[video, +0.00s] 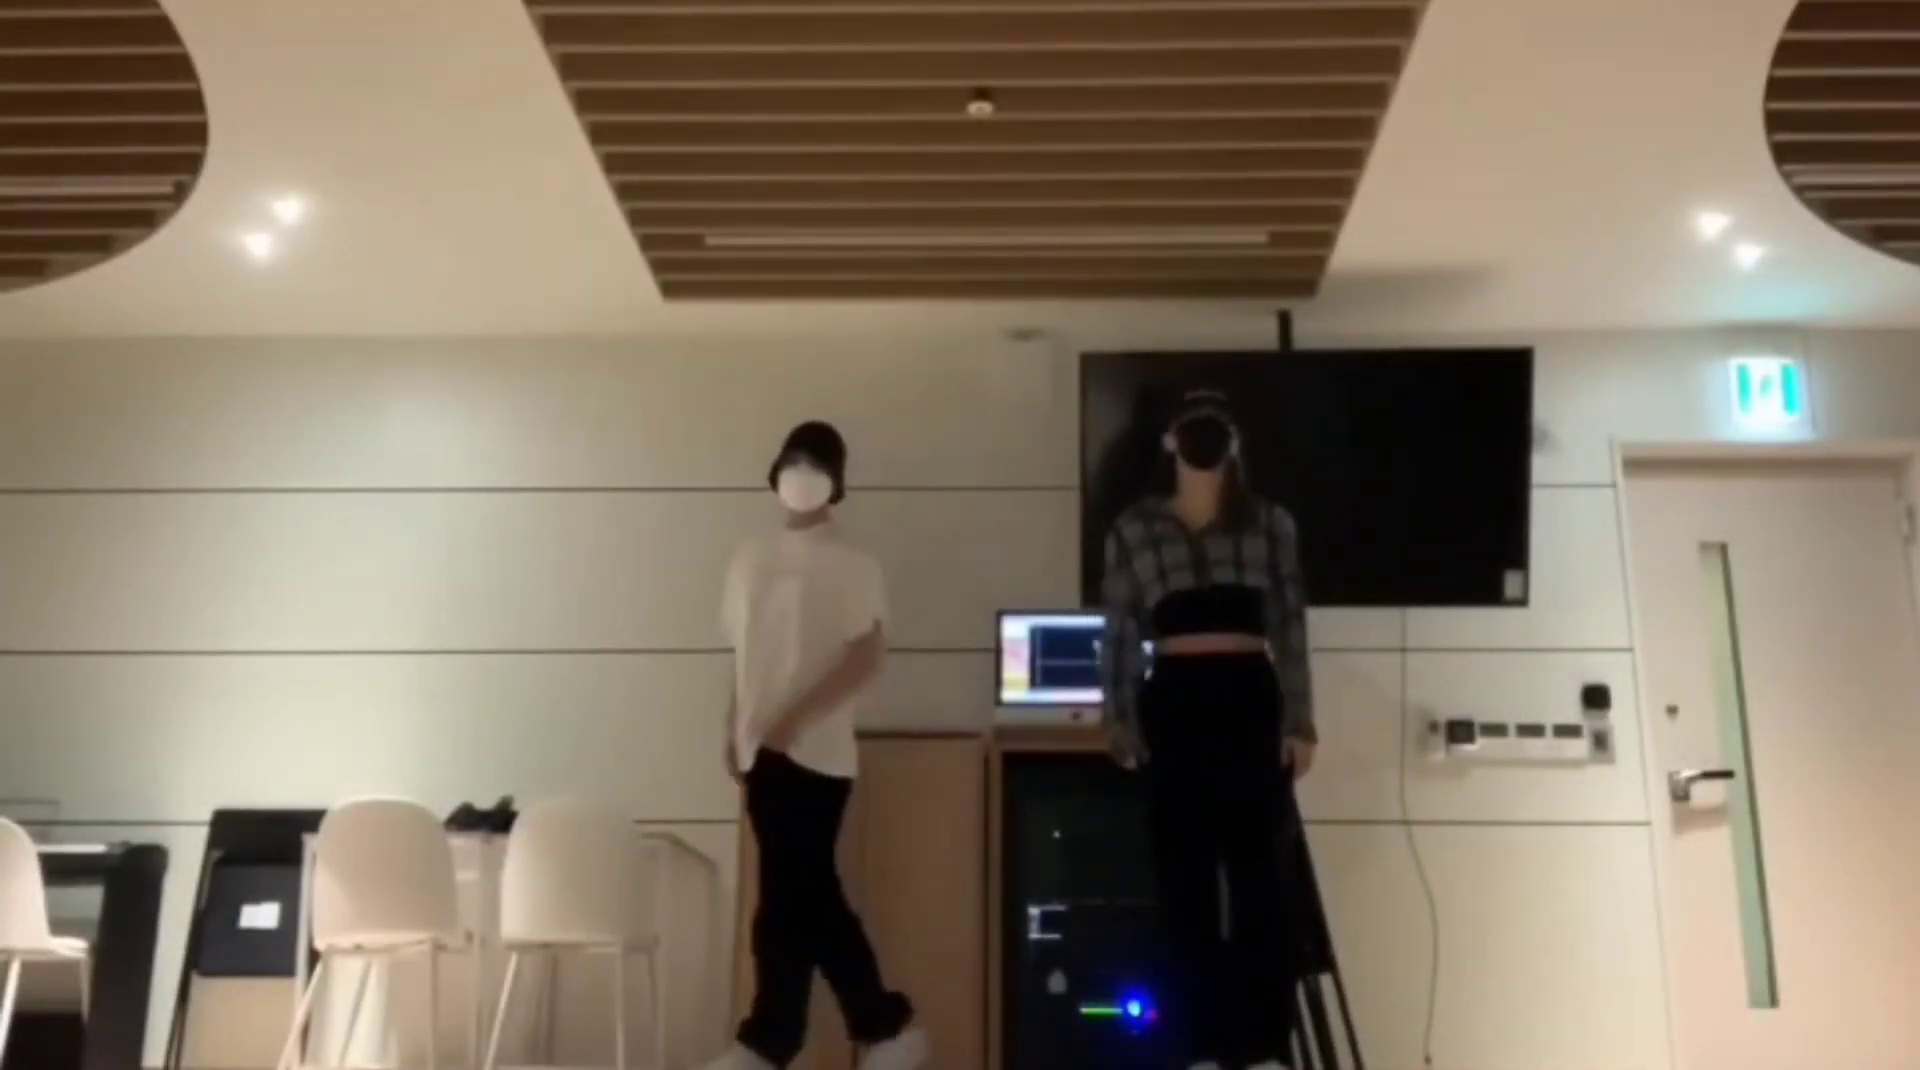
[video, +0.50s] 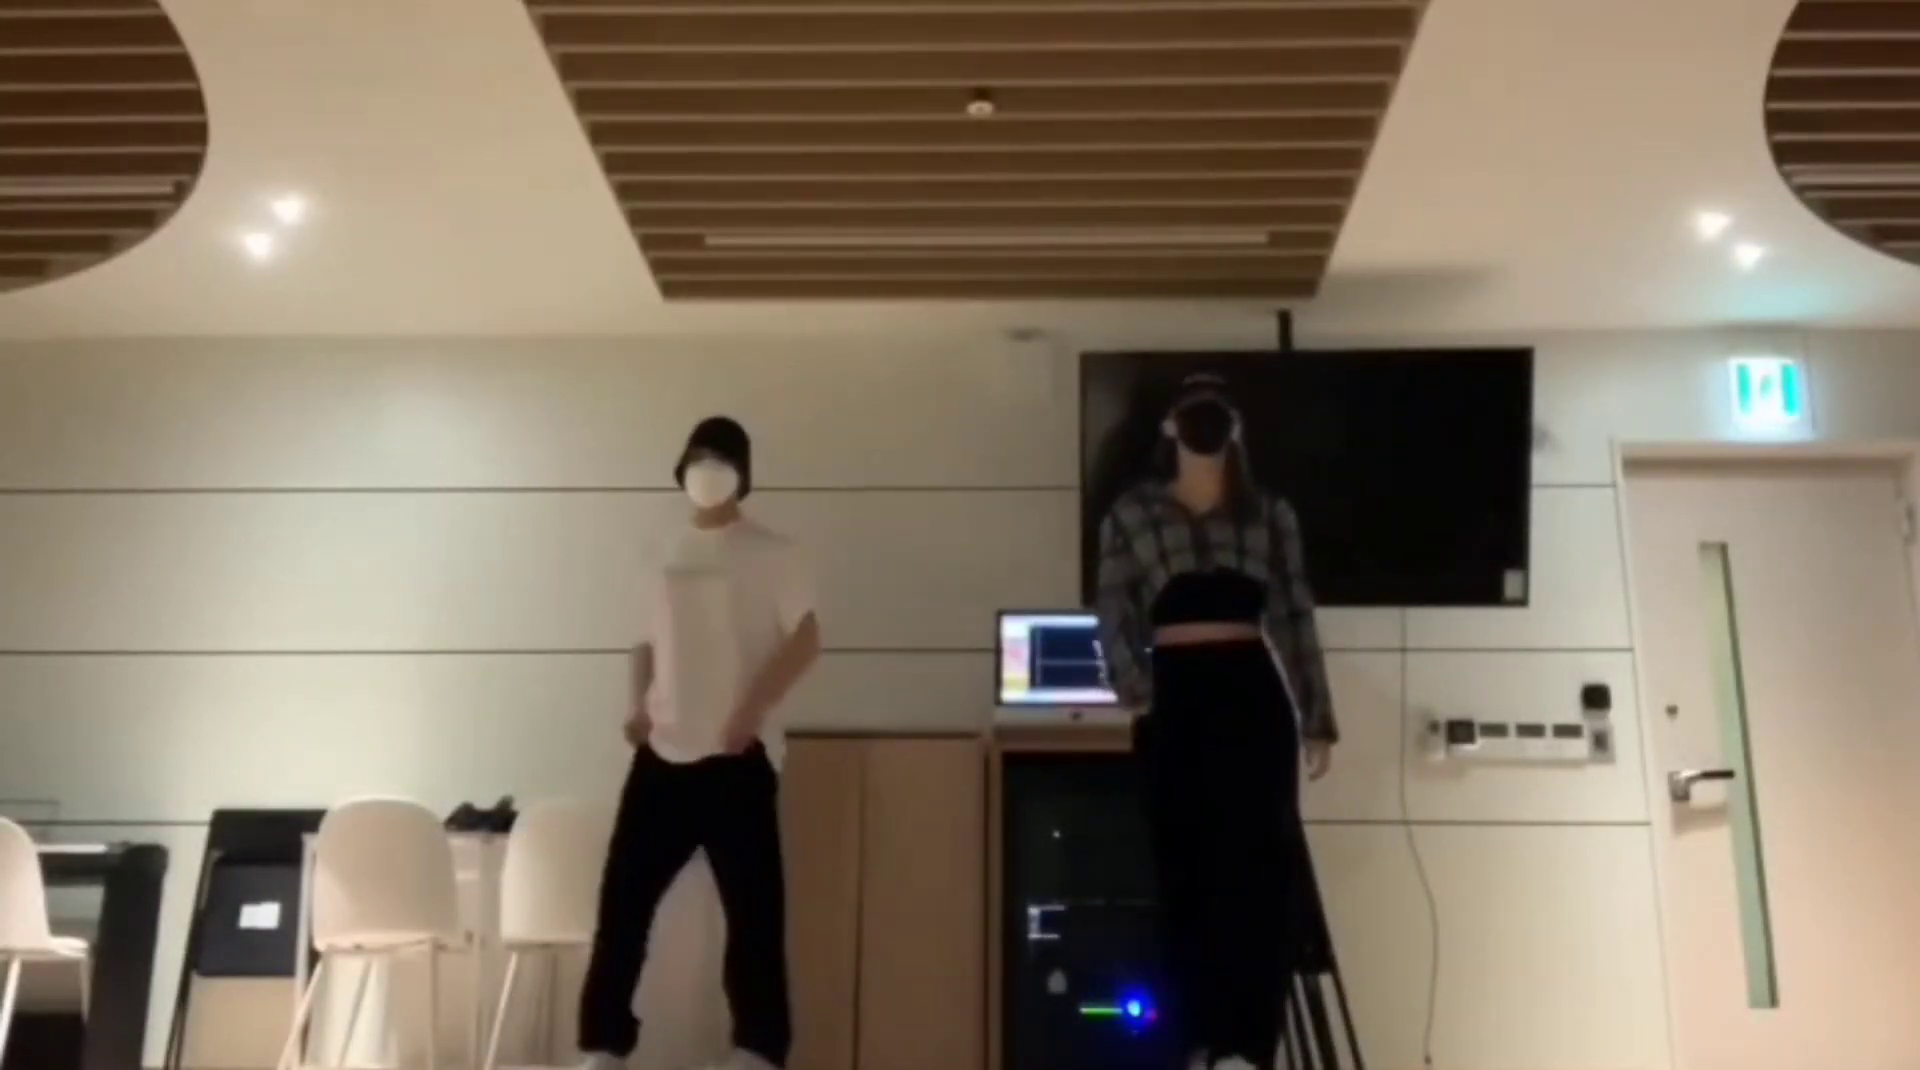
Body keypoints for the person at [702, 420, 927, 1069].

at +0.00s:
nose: (802, 481)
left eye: (816, 470)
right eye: (792, 468)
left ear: (836, 482)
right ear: (775, 475)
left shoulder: (854, 561)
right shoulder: (750, 558)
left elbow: (866, 656)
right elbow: (742, 656)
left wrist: (789, 723)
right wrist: (733, 732)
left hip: (822, 757)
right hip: (761, 753)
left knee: (784, 906)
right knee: (816, 902)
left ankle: (768, 1043)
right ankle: (886, 1029)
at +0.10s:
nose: (780, 478)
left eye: (795, 467)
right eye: (770, 464)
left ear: (815, 478)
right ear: (754, 472)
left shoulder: (831, 556)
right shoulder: (739, 553)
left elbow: (850, 649)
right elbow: (734, 652)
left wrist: (769, 718)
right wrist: (716, 723)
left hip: (800, 750)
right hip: (745, 748)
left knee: (769, 896)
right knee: (745, 893)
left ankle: (767, 1045)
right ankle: (852, 1001)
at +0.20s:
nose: (758, 477)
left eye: (773, 464)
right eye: (747, 465)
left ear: (796, 475)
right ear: (734, 473)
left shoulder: (817, 549)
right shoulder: (728, 552)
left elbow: (839, 640)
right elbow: (728, 652)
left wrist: (765, 711)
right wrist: (704, 721)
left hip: (784, 752)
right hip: (724, 752)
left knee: (766, 892)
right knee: (696, 883)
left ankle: (767, 1042)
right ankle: (788, 994)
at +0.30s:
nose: (741, 476)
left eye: (755, 463)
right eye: (730, 464)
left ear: (778, 473)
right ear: (716, 472)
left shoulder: (804, 551)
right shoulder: (708, 551)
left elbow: (831, 638)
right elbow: (715, 651)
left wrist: (764, 711)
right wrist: (690, 720)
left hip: (768, 760)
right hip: (701, 760)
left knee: (766, 906)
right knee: (668, 889)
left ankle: (764, 1046)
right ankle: (702, 1030)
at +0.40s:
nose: (717, 475)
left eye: (731, 463)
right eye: (708, 463)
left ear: (754, 474)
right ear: (693, 473)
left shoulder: (781, 550)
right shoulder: (680, 560)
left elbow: (817, 637)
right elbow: (671, 649)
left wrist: (761, 708)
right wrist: (658, 713)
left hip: (748, 767)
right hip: (677, 768)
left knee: (761, 917)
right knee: (639, 905)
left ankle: (761, 1049)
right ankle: (611, 1042)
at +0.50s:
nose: (706, 477)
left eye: (720, 465)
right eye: (696, 465)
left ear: (743, 475)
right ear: (682, 474)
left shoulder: (774, 554)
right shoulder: (664, 557)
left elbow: (805, 639)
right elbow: (648, 642)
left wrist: (751, 710)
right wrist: (640, 706)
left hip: (736, 767)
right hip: (661, 767)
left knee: (755, 915)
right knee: (622, 907)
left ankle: (759, 1049)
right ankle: (604, 1046)